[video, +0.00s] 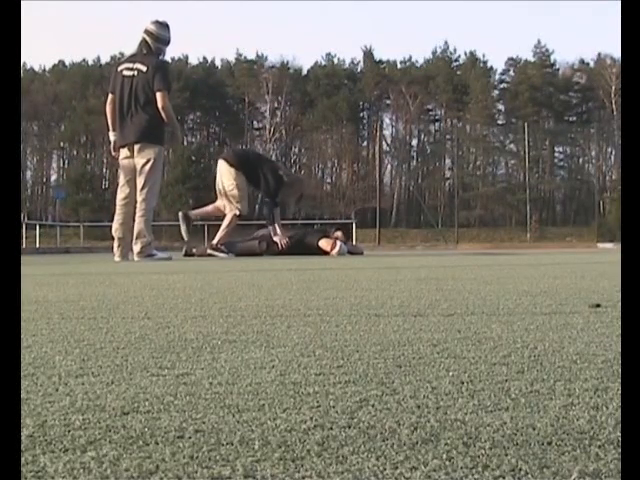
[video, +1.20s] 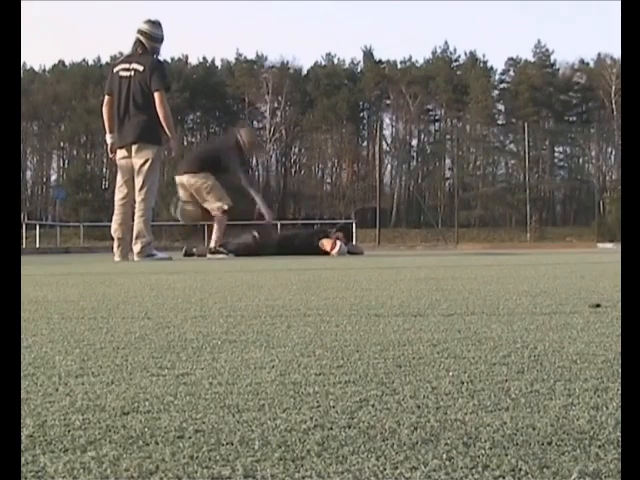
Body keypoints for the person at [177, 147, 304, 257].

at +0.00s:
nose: (291, 197)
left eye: (295, 195)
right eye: (294, 194)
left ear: (290, 183)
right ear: (291, 186)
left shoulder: (273, 180)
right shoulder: (276, 181)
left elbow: (269, 210)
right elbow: (273, 209)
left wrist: (275, 234)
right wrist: (278, 234)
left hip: (226, 161)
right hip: (233, 165)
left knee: (224, 205)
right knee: (236, 209)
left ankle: (190, 216)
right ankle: (215, 244)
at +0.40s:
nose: (288, 197)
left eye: (291, 195)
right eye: (291, 195)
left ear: (286, 183)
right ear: (289, 189)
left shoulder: (275, 178)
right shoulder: (277, 182)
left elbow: (277, 209)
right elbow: (271, 210)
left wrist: (281, 235)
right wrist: (277, 237)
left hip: (230, 161)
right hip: (239, 166)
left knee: (224, 206)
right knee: (240, 211)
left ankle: (188, 199)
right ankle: (217, 242)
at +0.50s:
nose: (286, 196)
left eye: (288, 194)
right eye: (288, 194)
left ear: (286, 182)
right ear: (288, 188)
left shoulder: (277, 180)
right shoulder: (277, 182)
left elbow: (277, 210)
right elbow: (268, 213)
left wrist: (282, 235)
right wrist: (277, 238)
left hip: (231, 161)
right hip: (239, 166)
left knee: (217, 203)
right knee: (241, 210)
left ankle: (182, 183)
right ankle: (218, 242)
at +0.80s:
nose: (293, 211)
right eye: (295, 208)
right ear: (289, 198)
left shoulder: (272, 186)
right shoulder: (275, 185)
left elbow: (271, 213)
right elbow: (265, 216)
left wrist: (280, 235)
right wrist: (279, 238)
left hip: (226, 165)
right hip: (234, 169)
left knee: (204, 202)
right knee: (240, 211)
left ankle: (168, 183)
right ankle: (217, 242)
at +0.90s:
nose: (277, 205)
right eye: (279, 203)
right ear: (278, 198)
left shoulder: (266, 189)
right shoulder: (267, 192)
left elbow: (267, 215)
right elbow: (261, 221)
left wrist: (279, 234)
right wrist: (276, 238)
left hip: (217, 170)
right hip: (226, 174)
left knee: (206, 214)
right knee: (238, 213)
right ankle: (216, 245)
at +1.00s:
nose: (262, 209)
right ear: (270, 199)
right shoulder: (261, 193)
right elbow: (263, 223)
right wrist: (272, 238)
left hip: (205, 173)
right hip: (218, 176)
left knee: (210, 218)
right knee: (233, 212)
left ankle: (176, 223)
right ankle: (216, 245)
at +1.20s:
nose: (250, 149)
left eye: (251, 146)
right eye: (249, 145)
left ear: (237, 137)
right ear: (243, 141)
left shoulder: (222, 143)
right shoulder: (232, 147)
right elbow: (245, 182)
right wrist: (263, 207)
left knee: (205, 214)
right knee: (221, 211)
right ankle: (214, 247)